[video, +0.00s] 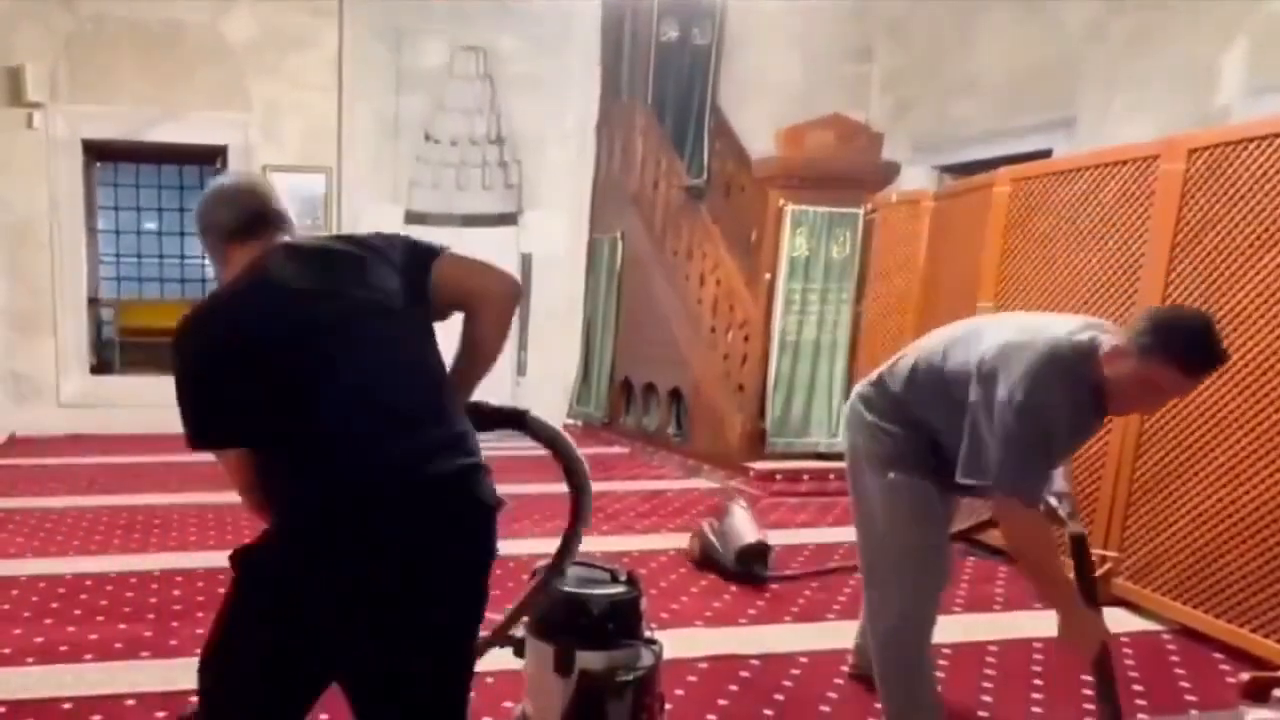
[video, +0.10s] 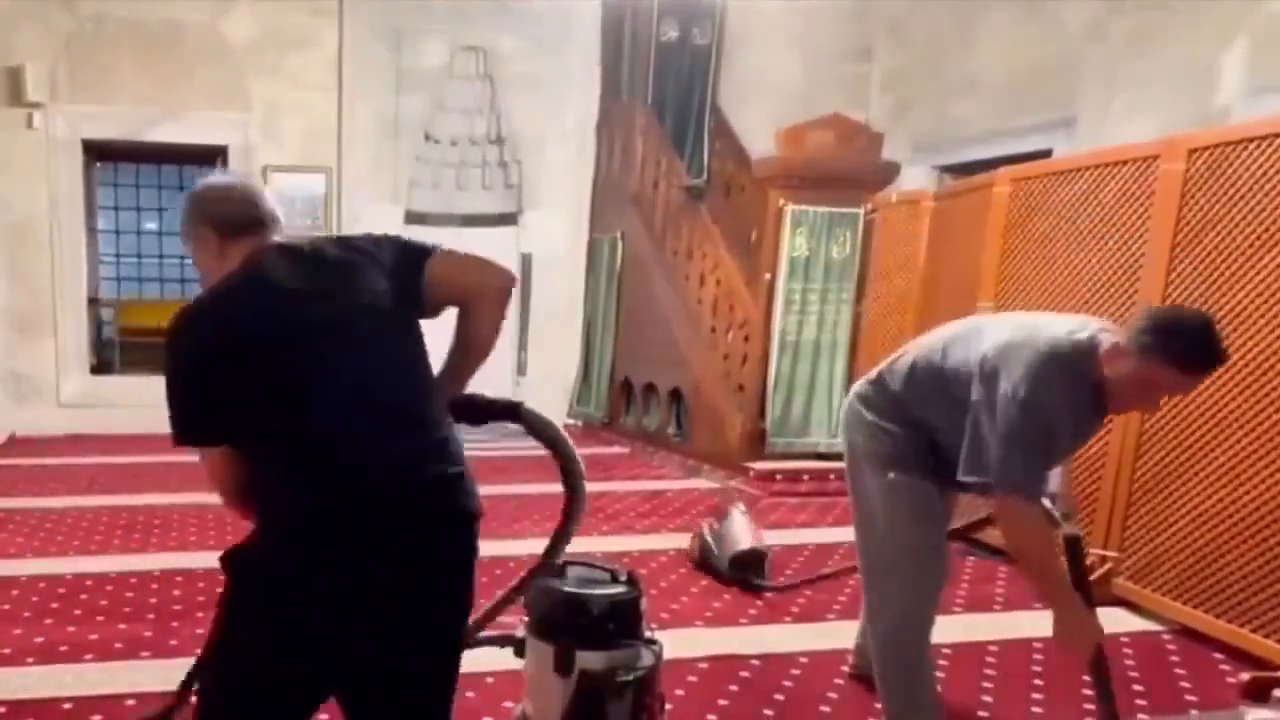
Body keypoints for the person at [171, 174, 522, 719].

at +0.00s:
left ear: (216, 251)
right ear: (288, 223)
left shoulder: (210, 328)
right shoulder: (375, 255)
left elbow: (252, 487)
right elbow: (495, 289)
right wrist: (453, 398)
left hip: (324, 534)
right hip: (452, 514)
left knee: (239, 703)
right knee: (424, 703)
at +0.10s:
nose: (197, 271)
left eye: (194, 256)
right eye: (194, 257)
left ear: (210, 242)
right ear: (274, 227)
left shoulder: (203, 326)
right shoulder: (364, 257)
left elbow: (231, 485)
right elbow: (490, 283)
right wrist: (445, 391)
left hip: (308, 539)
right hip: (434, 525)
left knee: (240, 708)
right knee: (409, 706)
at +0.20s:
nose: (177, 275)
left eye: (173, 259)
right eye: (172, 261)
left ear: (190, 242)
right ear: (247, 229)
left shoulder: (185, 326)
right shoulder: (340, 260)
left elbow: (205, 484)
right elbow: (468, 296)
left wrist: (273, 503)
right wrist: (421, 401)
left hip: (289, 544)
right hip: (407, 532)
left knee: (240, 707)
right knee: (394, 706)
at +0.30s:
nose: (135, 274)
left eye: (132, 258)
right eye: (130, 260)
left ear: (152, 245)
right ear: (211, 236)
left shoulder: (149, 330)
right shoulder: (308, 268)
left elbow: (167, 489)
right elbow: (426, 330)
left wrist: (199, 536)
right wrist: (373, 423)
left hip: (261, 536)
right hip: (375, 522)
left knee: (224, 707)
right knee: (377, 705)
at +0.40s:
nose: (90, 297)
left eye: (86, 279)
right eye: (84, 281)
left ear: (106, 263)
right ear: (162, 250)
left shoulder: (112, 341)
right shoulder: (263, 276)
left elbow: (120, 504)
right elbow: (365, 369)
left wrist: (133, 560)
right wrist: (312, 459)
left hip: (231, 544)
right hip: (343, 531)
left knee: (190, 709)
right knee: (356, 704)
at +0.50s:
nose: (46, 315)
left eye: (42, 296)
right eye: (39, 300)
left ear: (64, 279)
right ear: (114, 261)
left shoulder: (71, 361)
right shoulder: (219, 292)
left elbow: (72, 515)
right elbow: (266, 417)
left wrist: (58, 591)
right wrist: (175, 505)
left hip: (205, 542)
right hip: (313, 518)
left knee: (169, 706)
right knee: (334, 693)